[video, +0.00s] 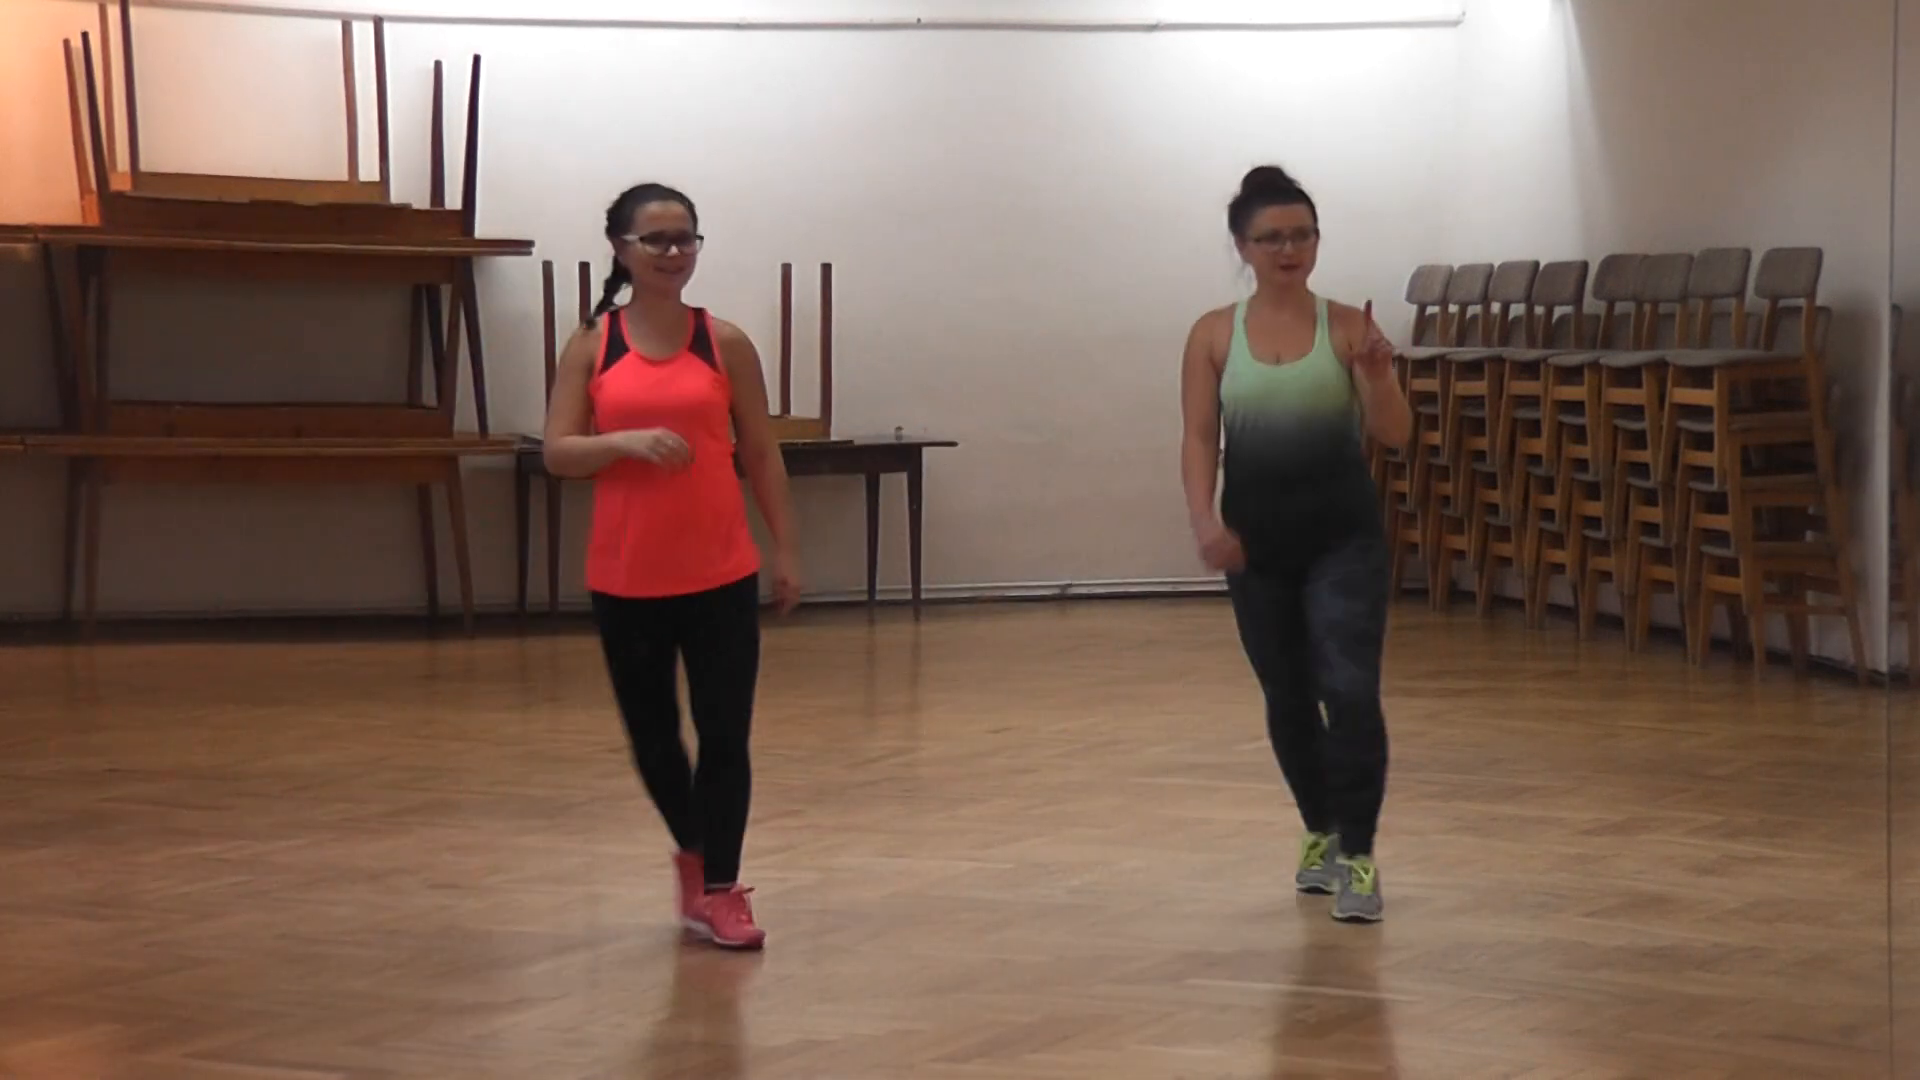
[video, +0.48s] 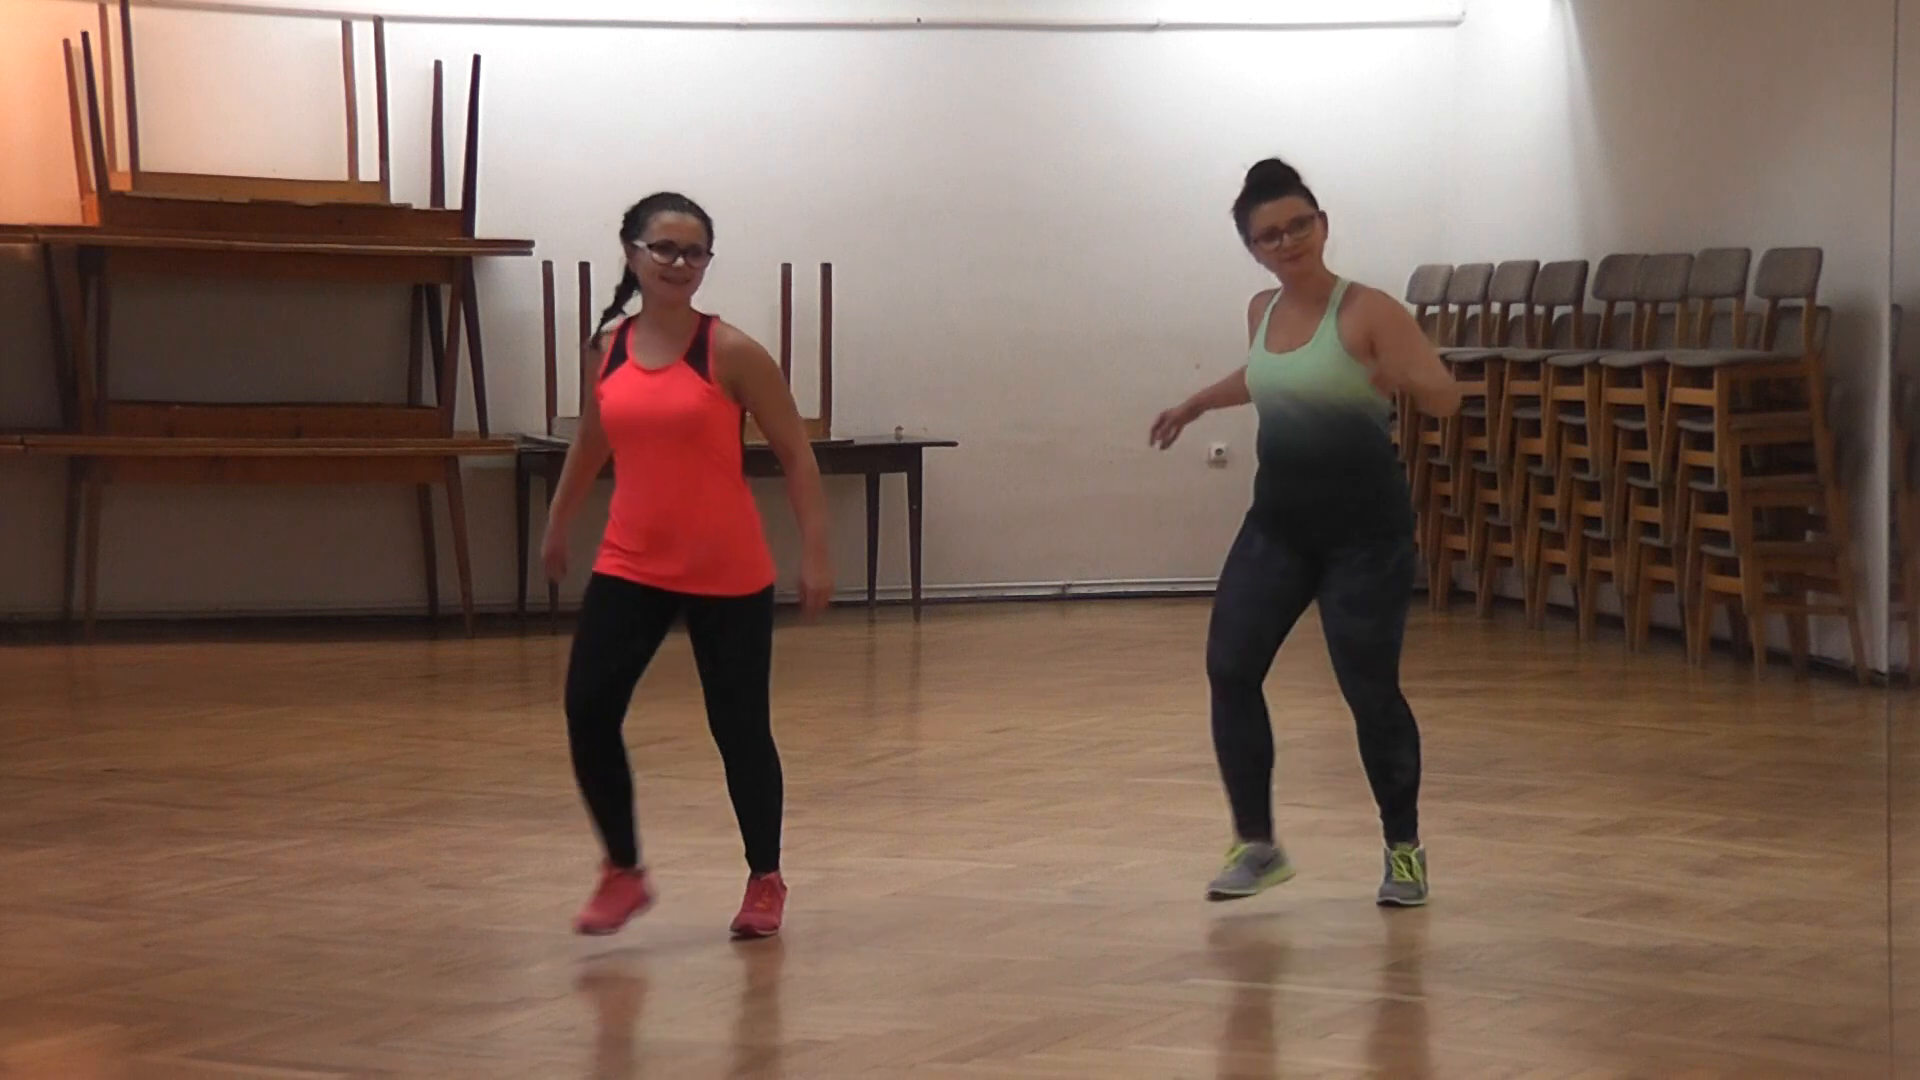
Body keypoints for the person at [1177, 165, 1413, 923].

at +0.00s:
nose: (1291, 248)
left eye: (1302, 233)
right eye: (1273, 237)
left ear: (1317, 239)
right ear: (1242, 246)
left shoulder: (1350, 325)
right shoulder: (1215, 335)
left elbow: (1395, 434)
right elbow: (1200, 439)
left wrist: (1379, 376)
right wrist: (1207, 524)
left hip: (1345, 541)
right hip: (1259, 546)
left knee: (1350, 691)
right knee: (1287, 698)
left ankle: (1355, 851)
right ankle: (1319, 830)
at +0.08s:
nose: (1297, 267)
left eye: (1308, 252)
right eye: (1279, 255)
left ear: (1323, 255)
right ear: (1249, 264)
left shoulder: (1356, 342)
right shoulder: (1225, 349)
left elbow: (1399, 447)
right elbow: (1201, 451)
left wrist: (1379, 381)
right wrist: (1180, 540)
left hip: (1351, 547)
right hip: (1265, 553)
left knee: (1361, 687)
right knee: (1296, 700)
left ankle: (1379, 841)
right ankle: (1330, 839)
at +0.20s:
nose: (1301, 260)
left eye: (1311, 243)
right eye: (1283, 250)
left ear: (1330, 243)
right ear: (1258, 261)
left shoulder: (1367, 334)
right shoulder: (1241, 339)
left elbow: (1414, 442)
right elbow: (1206, 439)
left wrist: (1393, 373)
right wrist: (1152, 514)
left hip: (1357, 547)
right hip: (1272, 551)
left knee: (1360, 699)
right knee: (1299, 704)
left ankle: (1399, 843)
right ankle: (1330, 837)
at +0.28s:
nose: (1300, 248)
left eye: (1310, 229)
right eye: (1280, 240)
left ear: (1331, 225)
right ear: (1259, 251)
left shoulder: (1375, 317)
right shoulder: (1251, 322)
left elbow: (1432, 425)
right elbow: (1218, 410)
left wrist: (1407, 357)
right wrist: (1147, 468)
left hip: (1363, 538)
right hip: (1276, 540)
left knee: (1366, 694)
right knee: (1271, 698)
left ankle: (1400, 842)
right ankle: (1324, 821)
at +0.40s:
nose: (1293, 239)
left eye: (1303, 221)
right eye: (1273, 232)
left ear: (1326, 217)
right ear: (1256, 243)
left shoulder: (1373, 304)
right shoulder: (1263, 307)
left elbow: (1450, 396)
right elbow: (1245, 378)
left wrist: (1410, 345)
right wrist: (1173, 407)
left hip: (1366, 527)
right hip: (1280, 523)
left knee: (1372, 688)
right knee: (1235, 662)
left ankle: (1402, 844)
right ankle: (1292, 820)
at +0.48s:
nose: (1285, 244)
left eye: (1296, 226)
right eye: (1267, 235)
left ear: (1322, 225)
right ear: (1251, 246)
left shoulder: (1371, 311)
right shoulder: (1263, 310)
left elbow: (1447, 395)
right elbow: (1265, 377)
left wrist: (1407, 378)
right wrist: (1192, 406)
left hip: (1366, 535)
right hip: (1278, 529)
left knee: (1373, 693)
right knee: (1230, 669)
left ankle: (1403, 846)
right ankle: (1256, 844)